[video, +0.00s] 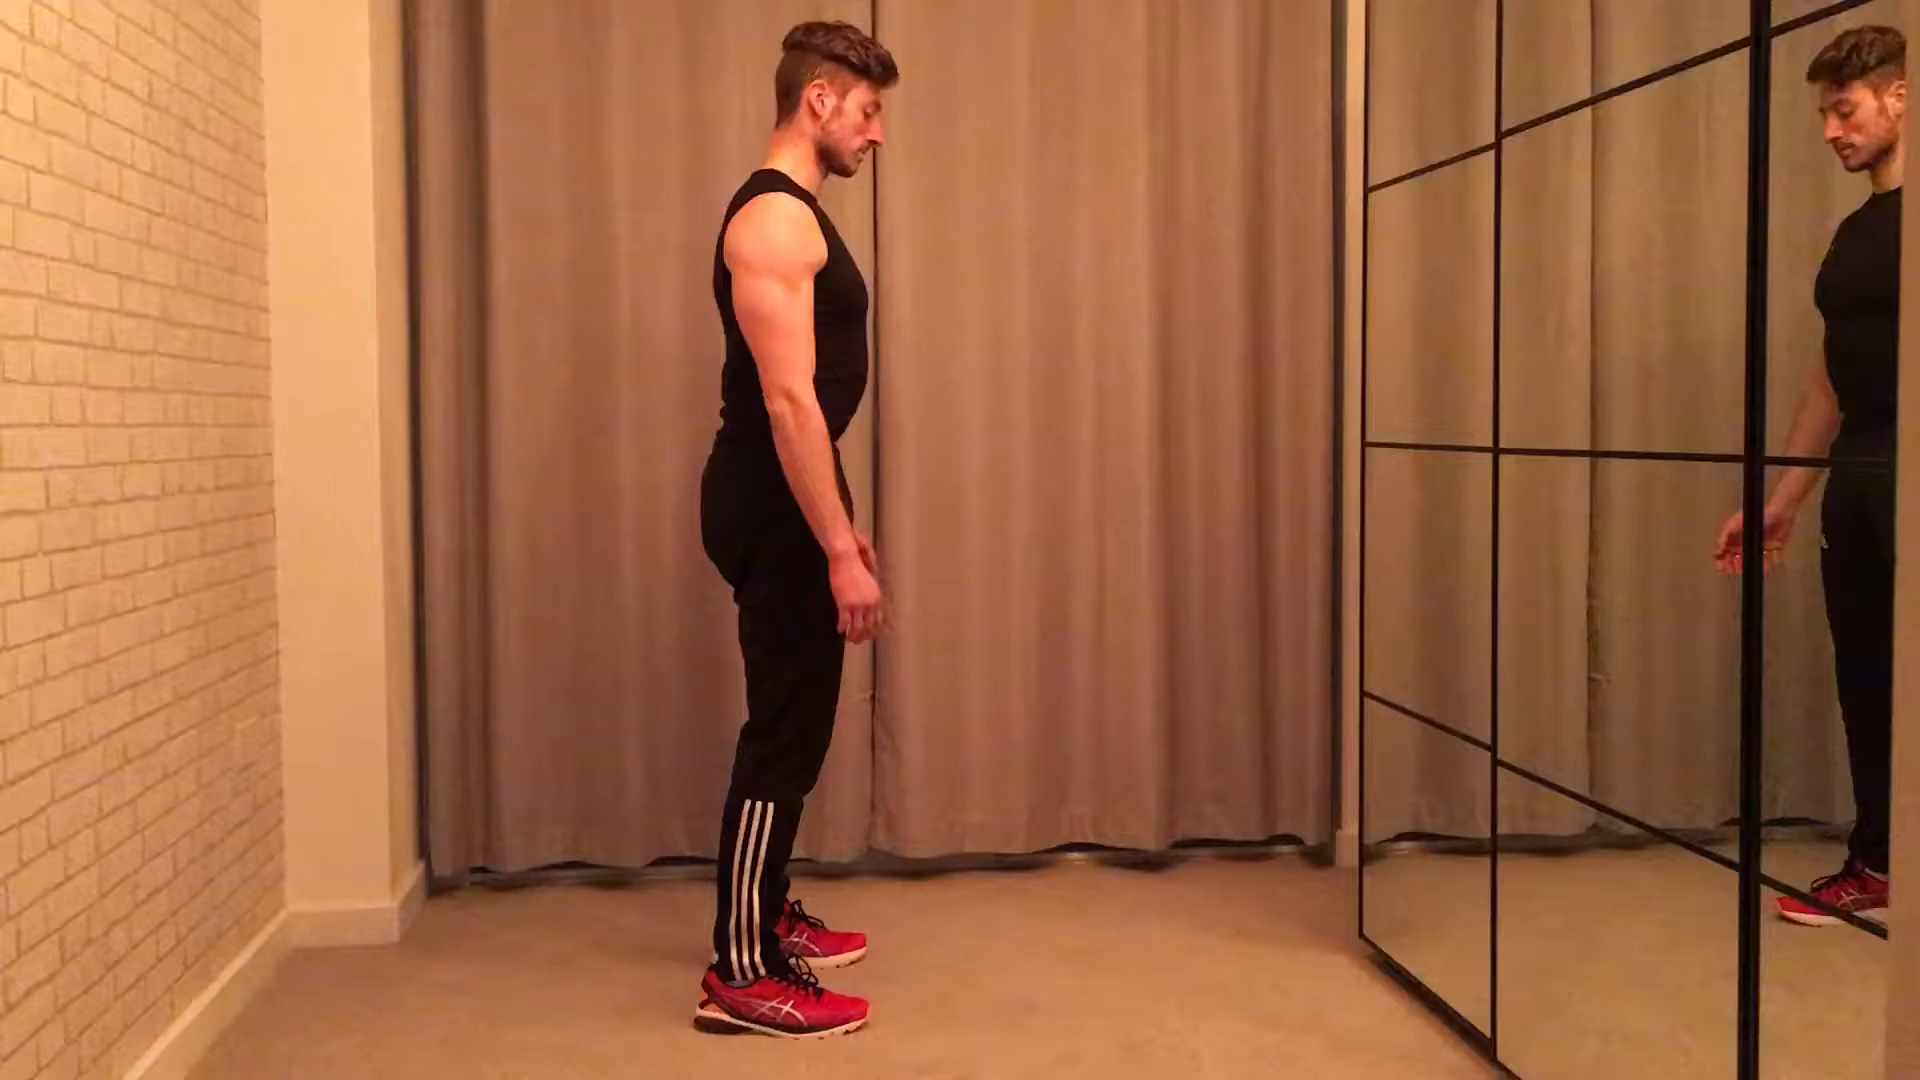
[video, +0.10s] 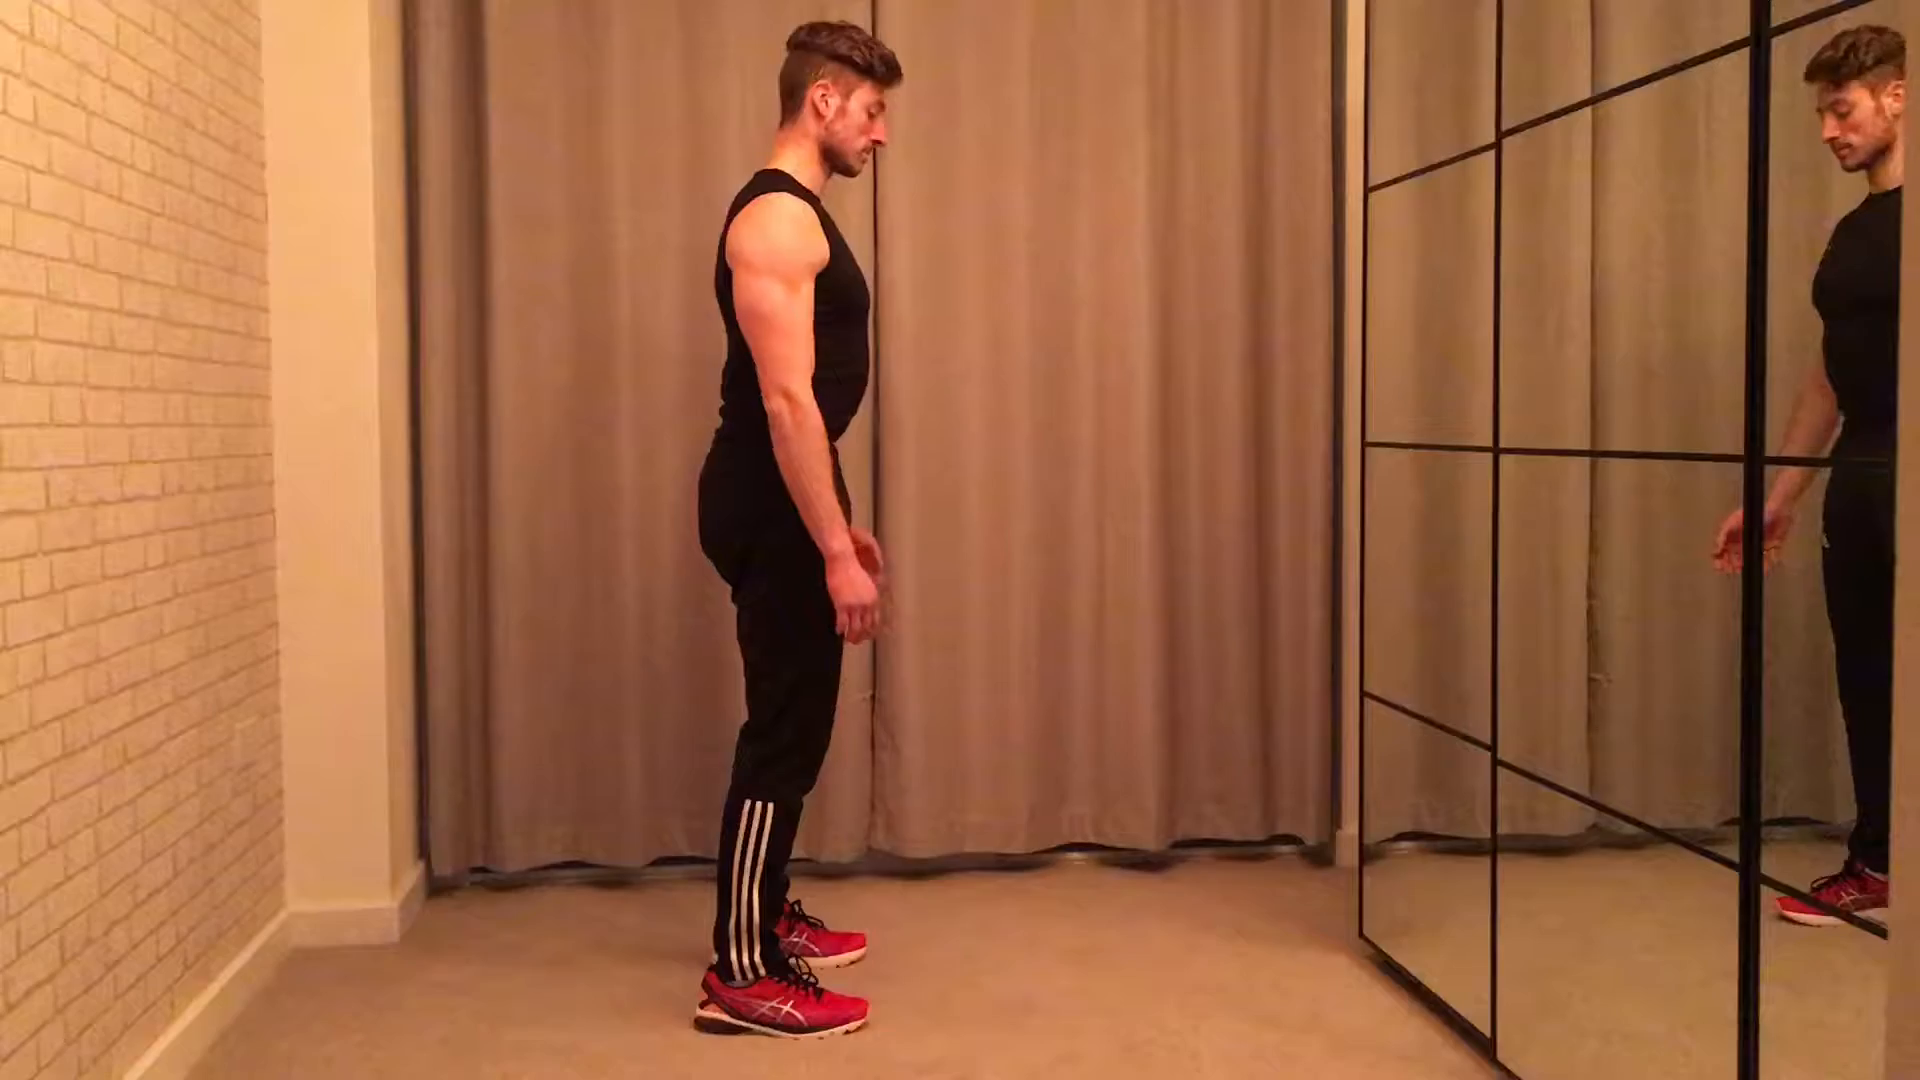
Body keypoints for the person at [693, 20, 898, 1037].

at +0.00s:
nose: (877, 133)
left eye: (879, 115)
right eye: (871, 112)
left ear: (818, 105)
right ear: (819, 100)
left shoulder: (787, 207)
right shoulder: (774, 218)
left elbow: (798, 400)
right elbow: (789, 404)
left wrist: (844, 539)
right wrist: (843, 551)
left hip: (785, 494)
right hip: (775, 501)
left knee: (791, 727)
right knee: (786, 734)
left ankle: (765, 923)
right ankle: (741, 974)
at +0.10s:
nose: (881, 132)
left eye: (884, 113)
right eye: (875, 111)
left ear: (825, 104)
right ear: (823, 100)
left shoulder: (791, 208)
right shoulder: (776, 219)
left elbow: (803, 398)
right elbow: (786, 402)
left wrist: (848, 530)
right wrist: (838, 552)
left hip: (783, 490)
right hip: (771, 498)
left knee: (791, 727)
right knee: (786, 734)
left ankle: (765, 923)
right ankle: (740, 974)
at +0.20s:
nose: (887, 133)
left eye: (890, 114)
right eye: (881, 112)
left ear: (837, 105)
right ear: (831, 101)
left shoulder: (800, 209)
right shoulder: (782, 218)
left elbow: (805, 398)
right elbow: (785, 400)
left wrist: (845, 529)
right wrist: (829, 556)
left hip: (782, 495)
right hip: (767, 501)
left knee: (790, 724)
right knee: (782, 731)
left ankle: (766, 921)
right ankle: (740, 974)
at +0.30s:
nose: (903, 140)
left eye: (906, 120)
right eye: (897, 118)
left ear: (848, 107)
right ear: (848, 104)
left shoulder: (810, 210)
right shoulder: (794, 218)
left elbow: (806, 401)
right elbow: (790, 403)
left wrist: (839, 536)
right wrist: (825, 558)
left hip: (781, 493)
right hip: (765, 499)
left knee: (788, 725)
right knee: (780, 731)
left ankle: (768, 920)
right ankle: (737, 973)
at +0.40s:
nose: (927, 150)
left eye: (932, 131)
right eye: (921, 128)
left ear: (873, 117)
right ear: (875, 113)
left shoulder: (836, 216)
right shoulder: (815, 223)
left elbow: (811, 406)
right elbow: (798, 406)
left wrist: (836, 540)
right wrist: (823, 563)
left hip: (774, 491)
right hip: (758, 498)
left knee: (790, 718)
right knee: (784, 723)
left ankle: (768, 920)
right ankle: (737, 974)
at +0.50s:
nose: (970, 181)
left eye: (977, 164)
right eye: (967, 159)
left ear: (920, 141)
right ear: (920, 136)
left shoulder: (864, 236)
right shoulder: (846, 242)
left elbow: (821, 423)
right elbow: (815, 422)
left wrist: (838, 560)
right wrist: (832, 579)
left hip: (760, 479)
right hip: (741, 487)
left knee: (794, 714)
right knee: (787, 719)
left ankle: (766, 919)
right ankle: (739, 974)